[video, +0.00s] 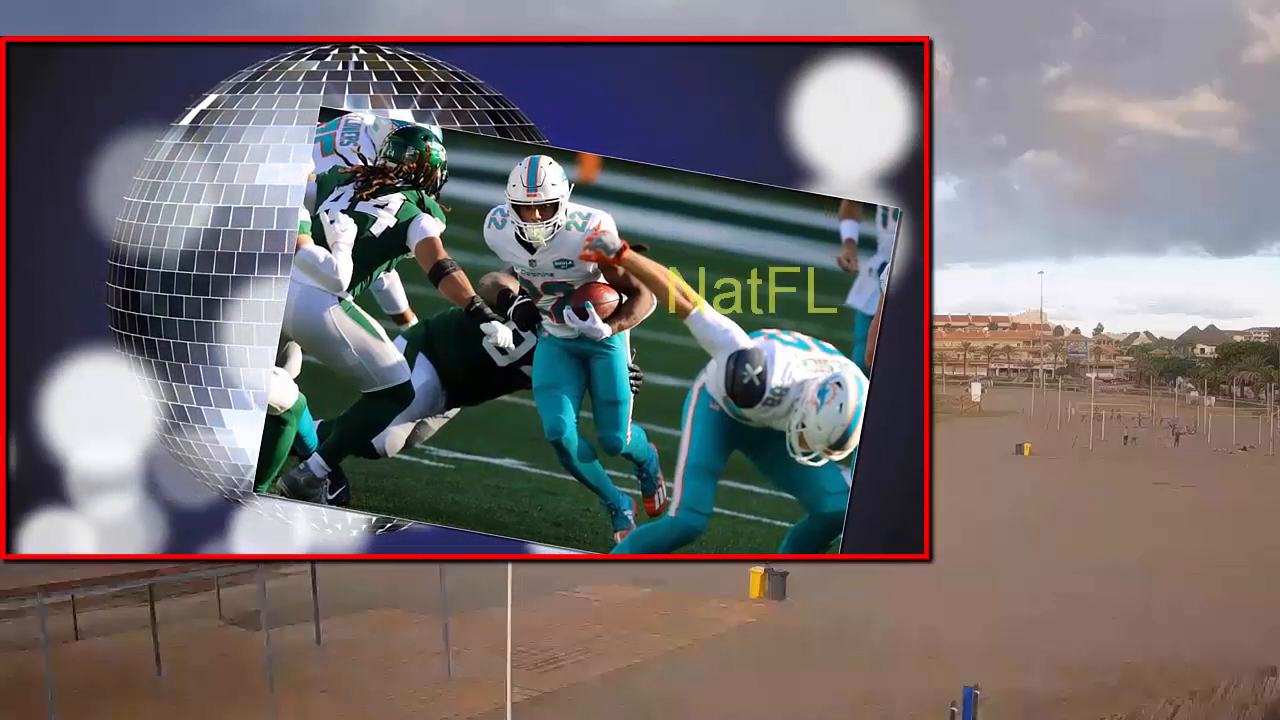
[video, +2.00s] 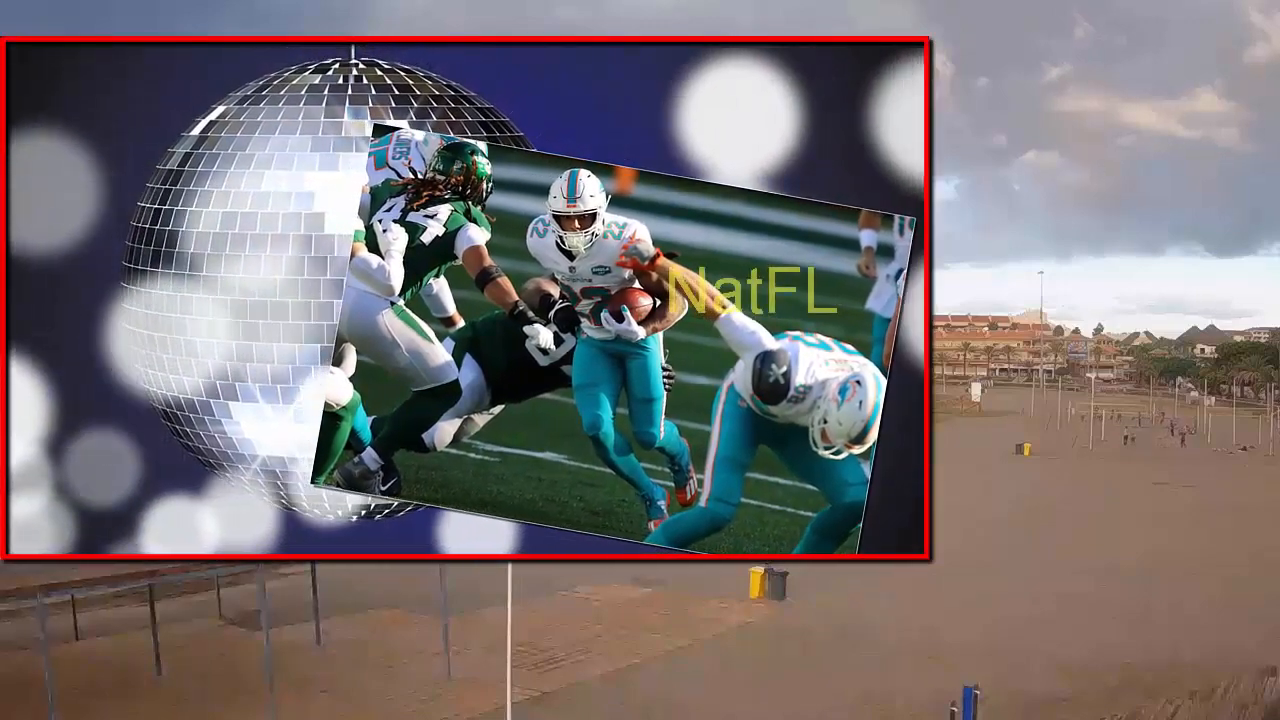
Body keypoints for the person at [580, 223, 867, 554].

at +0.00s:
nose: (813, 458)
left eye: (826, 454)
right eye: (809, 447)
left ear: (853, 432)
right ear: (799, 413)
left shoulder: (863, 413)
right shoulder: (757, 374)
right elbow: (684, 300)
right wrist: (622, 255)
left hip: (775, 425)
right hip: (720, 403)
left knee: (836, 510)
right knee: (689, 521)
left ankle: (775, 580)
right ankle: (607, 571)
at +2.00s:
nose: (834, 451)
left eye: (847, 448)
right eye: (830, 438)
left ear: (872, 427)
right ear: (823, 408)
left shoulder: (884, 413)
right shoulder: (778, 370)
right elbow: (714, 305)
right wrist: (657, 262)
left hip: (799, 422)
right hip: (746, 399)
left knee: (856, 498)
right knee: (719, 510)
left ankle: (795, 574)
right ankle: (638, 563)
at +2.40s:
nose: (838, 449)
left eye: (851, 446)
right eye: (835, 436)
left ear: (875, 428)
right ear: (827, 405)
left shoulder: (885, 413)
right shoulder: (787, 371)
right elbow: (721, 306)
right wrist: (665, 263)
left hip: (804, 422)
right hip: (751, 400)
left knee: (860, 498)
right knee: (725, 508)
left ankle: (799, 572)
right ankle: (648, 554)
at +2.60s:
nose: (837, 446)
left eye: (852, 445)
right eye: (836, 433)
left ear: (874, 429)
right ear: (829, 404)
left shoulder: (886, 413)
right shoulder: (788, 370)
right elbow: (724, 307)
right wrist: (668, 263)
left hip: (806, 422)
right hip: (754, 399)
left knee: (862, 496)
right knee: (727, 507)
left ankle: (800, 570)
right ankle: (652, 552)